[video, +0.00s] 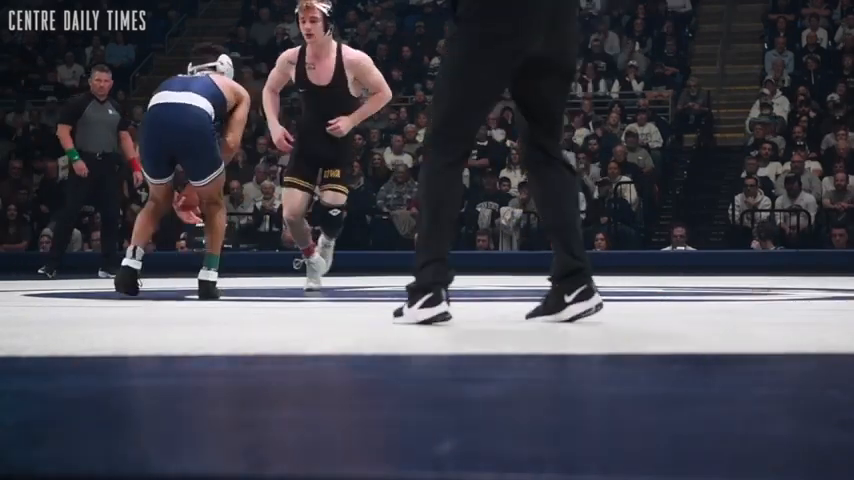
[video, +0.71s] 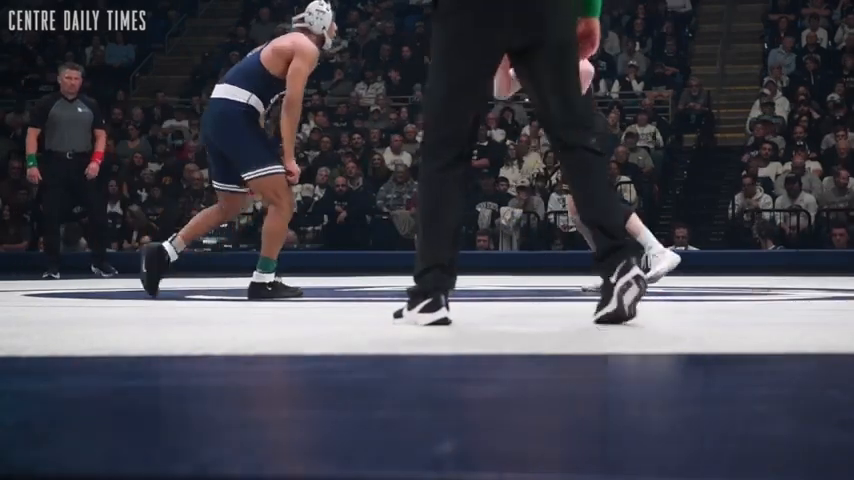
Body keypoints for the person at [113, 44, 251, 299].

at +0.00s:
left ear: (197, 71)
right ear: (225, 74)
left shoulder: (175, 82)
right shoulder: (238, 91)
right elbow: (231, 142)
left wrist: (175, 194)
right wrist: (199, 187)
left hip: (153, 128)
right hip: (194, 128)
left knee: (157, 200)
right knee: (213, 204)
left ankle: (131, 261)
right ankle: (209, 276)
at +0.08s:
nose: (234, 64)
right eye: (233, 61)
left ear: (199, 58)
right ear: (228, 60)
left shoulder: (174, 72)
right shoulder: (237, 80)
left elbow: (133, 131)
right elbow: (232, 128)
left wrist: (172, 173)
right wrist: (211, 167)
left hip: (144, 126)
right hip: (186, 125)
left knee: (150, 206)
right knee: (210, 202)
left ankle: (125, 276)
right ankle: (208, 278)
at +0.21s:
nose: (239, 47)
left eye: (237, 44)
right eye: (239, 43)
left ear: (204, 42)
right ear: (234, 43)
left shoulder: (178, 60)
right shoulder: (236, 63)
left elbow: (124, 103)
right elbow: (236, 99)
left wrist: (154, 148)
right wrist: (220, 147)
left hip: (140, 118)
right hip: (177, 115)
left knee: (148, 205)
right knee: (218, 194)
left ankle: (125, 275)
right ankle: (210, 272)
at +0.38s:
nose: (257, 49)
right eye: (259, 45)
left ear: (227, 35)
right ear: (254, 39)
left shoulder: (195, 51)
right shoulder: (248, 46)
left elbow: (142, 77)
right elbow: (247, 62)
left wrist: (159, 110)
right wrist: (231, 118)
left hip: (148, 113)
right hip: (183, 112)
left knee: (150, 204)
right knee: (237, 191)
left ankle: (124, 277)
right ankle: (247, 273)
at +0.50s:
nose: (288, 50)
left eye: (288, 46)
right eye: (289, 44)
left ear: (259, 32)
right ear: (286, 37)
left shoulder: (235, 47)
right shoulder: (273, 49)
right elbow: (258, 82)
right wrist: (247, 137)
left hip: (171, 113)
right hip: (201, 114)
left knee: (162, 204)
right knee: (252, 196)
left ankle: (127, 276)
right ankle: (260, 279)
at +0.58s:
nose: (305, 47)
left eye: (307, 41)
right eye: (307, 41)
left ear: (279, 30)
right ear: (302, 36)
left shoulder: (252, 49)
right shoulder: (287, 52)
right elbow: (271, 97)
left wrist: (208, 162)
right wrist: (267, 151)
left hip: (187, 118)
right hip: (215, 118)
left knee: (184, 205)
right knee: (266, 198)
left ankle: (134, 270)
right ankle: (262, 280)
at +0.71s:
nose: (334, 33)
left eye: (334, 27)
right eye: (333, 27)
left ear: (302, 22)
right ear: (325, 27)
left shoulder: (281, 43)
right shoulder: (306, 47)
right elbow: (292, 102)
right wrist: (289, 157)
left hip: (214, 121)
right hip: (236, 122)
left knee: (230, 205)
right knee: (282, 200)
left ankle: (165, 253)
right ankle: (264, 279)